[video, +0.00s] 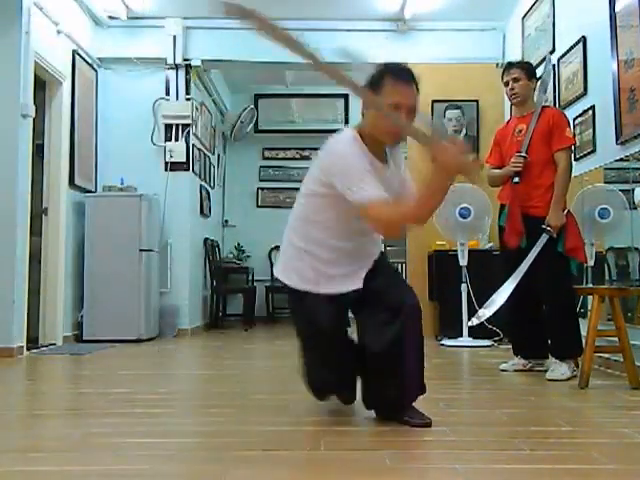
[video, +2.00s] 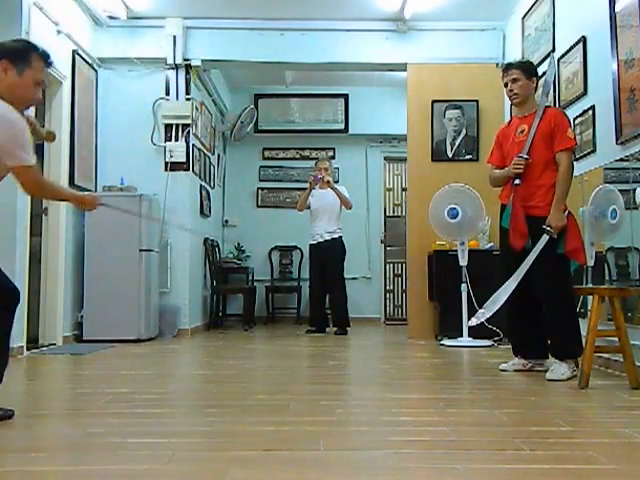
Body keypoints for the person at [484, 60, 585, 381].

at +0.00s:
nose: (511, 86)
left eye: (517, 80)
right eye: (507, 83)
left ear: (533, 83)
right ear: (504, 89)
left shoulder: (552, 116)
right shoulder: (503, 131)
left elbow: (564, 164)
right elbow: (491, 177)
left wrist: (557, 207)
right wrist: (507, 170)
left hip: (546, 213)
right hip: (513, 215)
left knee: (554, 284)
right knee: (519, 283)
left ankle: (565, 357)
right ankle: (529, 354)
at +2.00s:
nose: (510, 87)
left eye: (516, 81)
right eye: (506, 84)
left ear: (533, 83)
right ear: (505, 90)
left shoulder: (553, 117)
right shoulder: (505, 131)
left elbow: (565, 164)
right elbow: (493, 178)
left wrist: (558, 208)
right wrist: (508, 171)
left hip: (546, 214)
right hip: (513, 216)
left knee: (553, 284)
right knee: (519, 285)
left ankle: (565, 358)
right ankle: (529, 354)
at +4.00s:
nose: (512, 87)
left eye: (518, 80)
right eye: (508, 83)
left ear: (535, 82)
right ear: (506, 89)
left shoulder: (555, 117)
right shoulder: (506, 131)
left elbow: (566, 165)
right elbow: (494, 177)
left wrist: (558, 209)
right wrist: (509, 171)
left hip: (547, 214)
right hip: (514, 215)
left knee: (553, 284)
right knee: (520, 284)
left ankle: (565, 358)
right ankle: (530, 354)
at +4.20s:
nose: (513, 87)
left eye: (519, 80)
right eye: (509, 83)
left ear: (536, 82)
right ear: (507, 89)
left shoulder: (555, 117)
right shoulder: (506, 131)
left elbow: (566, 165)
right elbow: (494, 177)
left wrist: (558, 209)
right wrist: (510, 171)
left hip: (547, 214)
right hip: (514, 215)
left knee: (553, 284)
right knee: (520, 284)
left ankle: (565, 358)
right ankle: (529, 354)